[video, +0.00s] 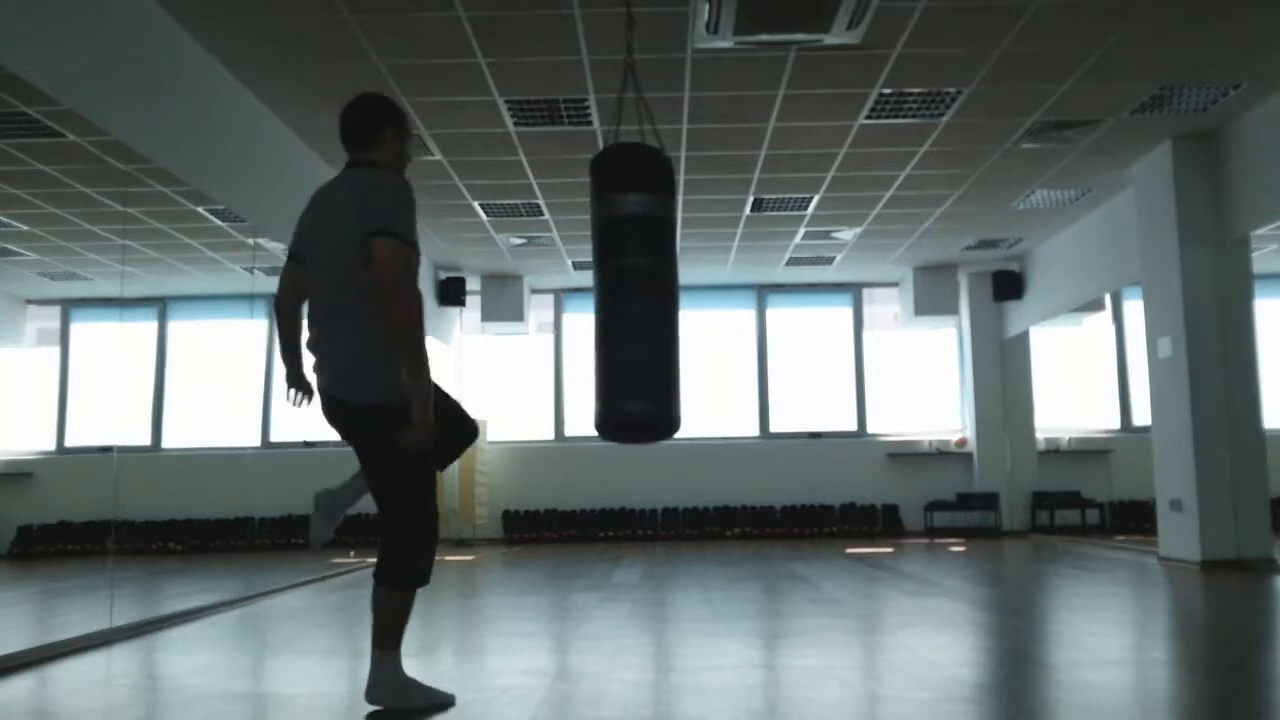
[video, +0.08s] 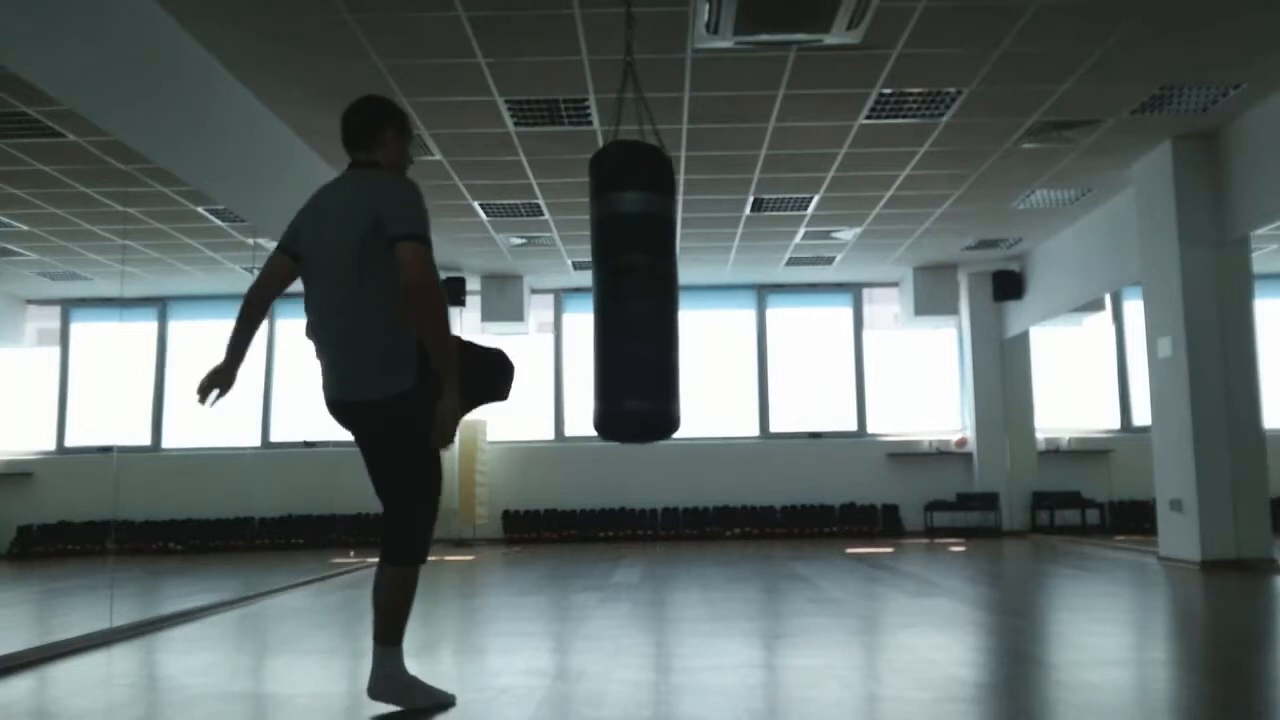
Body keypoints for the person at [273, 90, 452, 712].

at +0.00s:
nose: (407, 150)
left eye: (405, 139)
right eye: (404, 139)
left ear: (349, 142)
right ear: (389, 139)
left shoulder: (321, 202)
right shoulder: (390, 192)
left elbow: (288, 297)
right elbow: (395, 287)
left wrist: (293, 363)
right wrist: (420, 382)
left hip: (340, 389)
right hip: (384, 387)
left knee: (458, 429)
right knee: (410, 524)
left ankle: (340, 500)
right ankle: (386, 673)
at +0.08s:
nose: (409, 152)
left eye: (407, 141)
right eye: (404, 141)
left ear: (352, 145)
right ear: (385, 141)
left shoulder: (318, 206)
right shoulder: (397, 193)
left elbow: (265, 288)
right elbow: (420, 284)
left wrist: (231, 361)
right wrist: (448, 378)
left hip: (345, 389)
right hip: (396, 384)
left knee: (493, 368)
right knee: (410, 519)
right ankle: (388, 667)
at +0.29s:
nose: (411, 160)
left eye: (410, 149)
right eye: (407, 149)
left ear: (353, 151)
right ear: (389, 147)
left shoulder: (309, 210)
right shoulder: (402, 202)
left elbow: (231, 268)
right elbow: (448, 297)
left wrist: (153, 320)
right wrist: (489, 363)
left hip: (359, 382)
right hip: (394, 380)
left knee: (502, 328)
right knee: (395, 536)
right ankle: (385, 683)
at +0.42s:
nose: (432, 187)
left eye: (431, 176)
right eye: (425, 175)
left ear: (387, 178)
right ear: (402, 175)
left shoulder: (386, 235)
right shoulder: (382, 217)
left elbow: (435, 307)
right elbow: (349, 302)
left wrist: (443, 250)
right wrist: (404, 280)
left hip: (407, 396)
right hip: (435, 354)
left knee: (436, 527)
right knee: (553, 305)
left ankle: (430, 671)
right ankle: (683, 296)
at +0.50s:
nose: (434, 185)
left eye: (432, 176)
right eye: (427, 174)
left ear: (388, 176)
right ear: (403, 175)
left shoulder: (383, 236)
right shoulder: (383, 225)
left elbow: (402, 328)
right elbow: (362, 307)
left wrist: (445, 295)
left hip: (399, 397)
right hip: (434, 365)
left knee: (425, 535)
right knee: (562, 356)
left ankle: (430, 678)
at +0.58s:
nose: (410, 184)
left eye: (410, 176)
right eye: (405, 175)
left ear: (368, 174)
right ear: (380, 171)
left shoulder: (378, 222)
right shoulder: (358, 203)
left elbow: (425, 269)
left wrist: (428, 220)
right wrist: (258, 241)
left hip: (385, 385)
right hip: (417, 352)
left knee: (417, 516)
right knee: (528, 335)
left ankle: (412, 655)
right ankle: (633, 369)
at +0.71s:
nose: (370, 210)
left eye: (369, 201)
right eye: (361, 200)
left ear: (320, 205)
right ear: (329, 200)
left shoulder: (277, 258)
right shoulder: (348, 235)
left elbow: (219, 288)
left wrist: (253, 275)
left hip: (349, 408)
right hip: (393, 363)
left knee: (353, 539)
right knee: (520, 340)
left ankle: (323, 670)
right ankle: (643, 376)